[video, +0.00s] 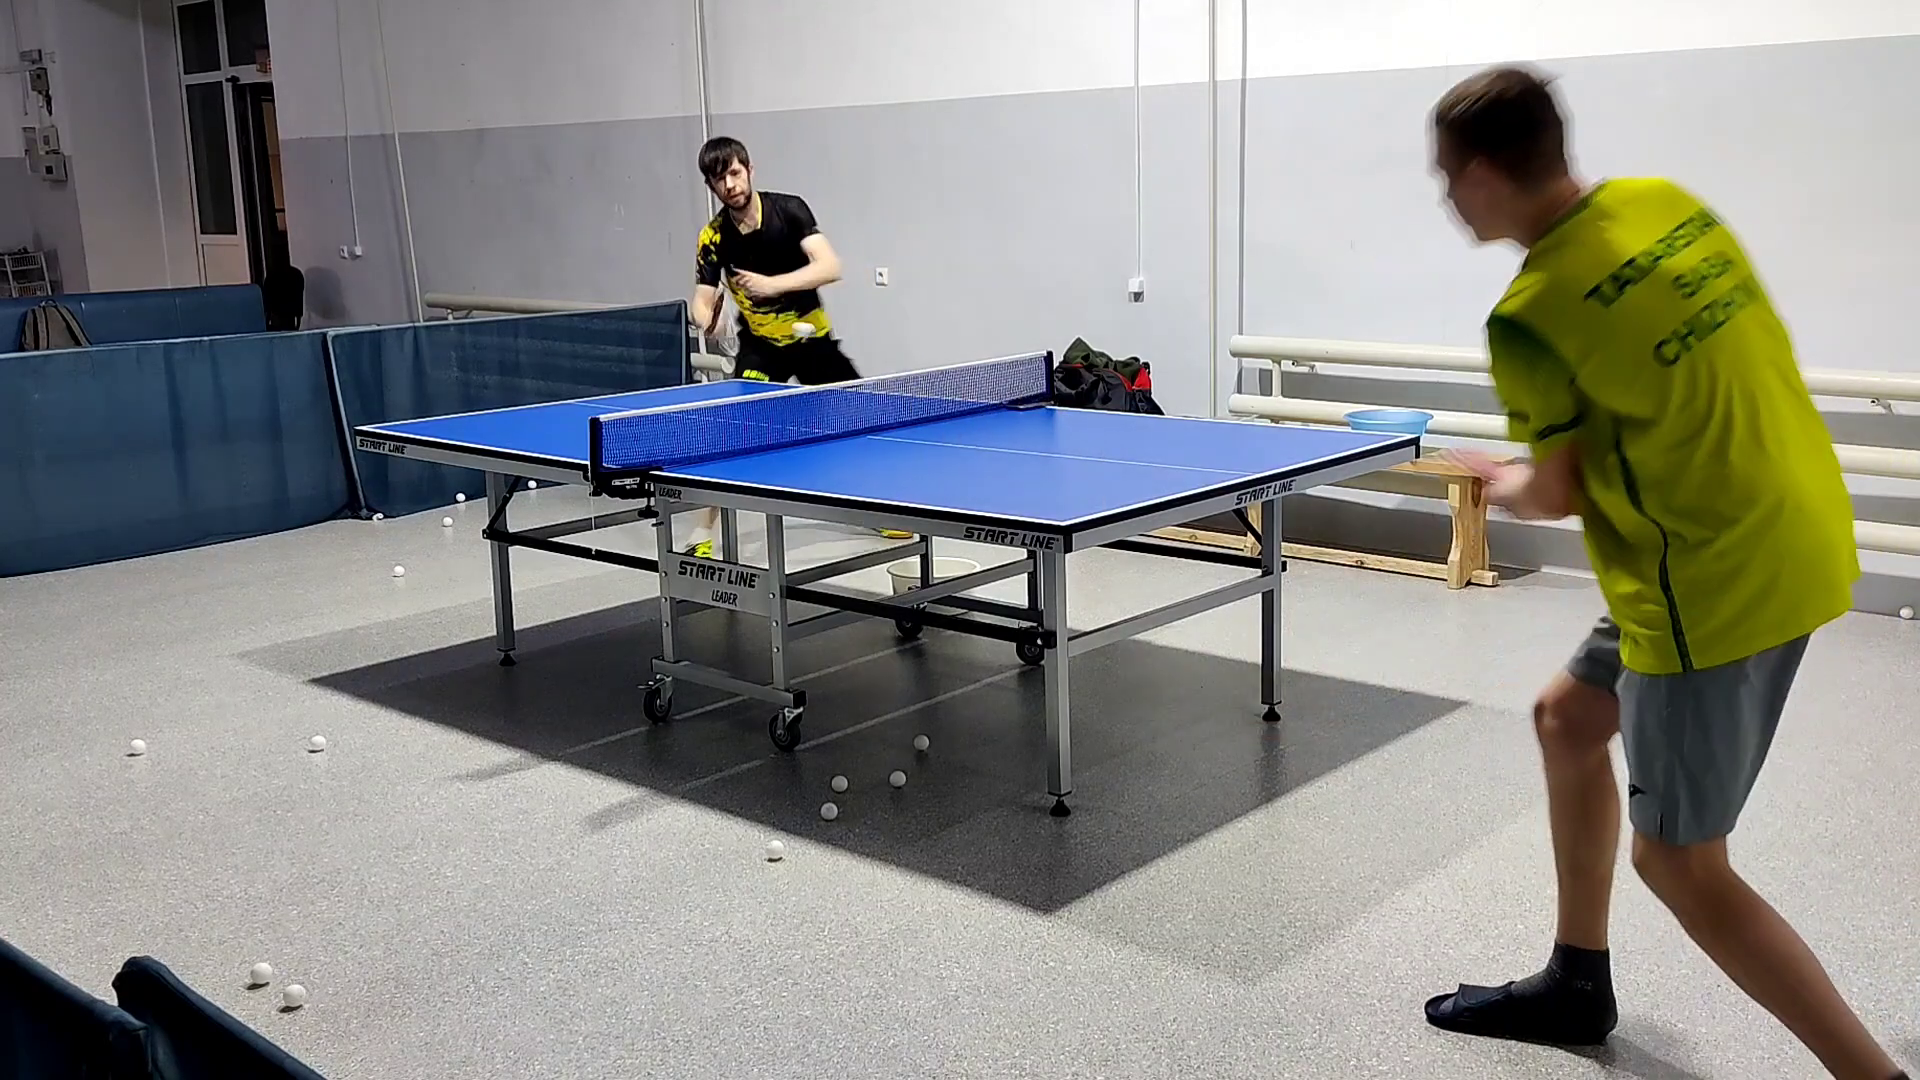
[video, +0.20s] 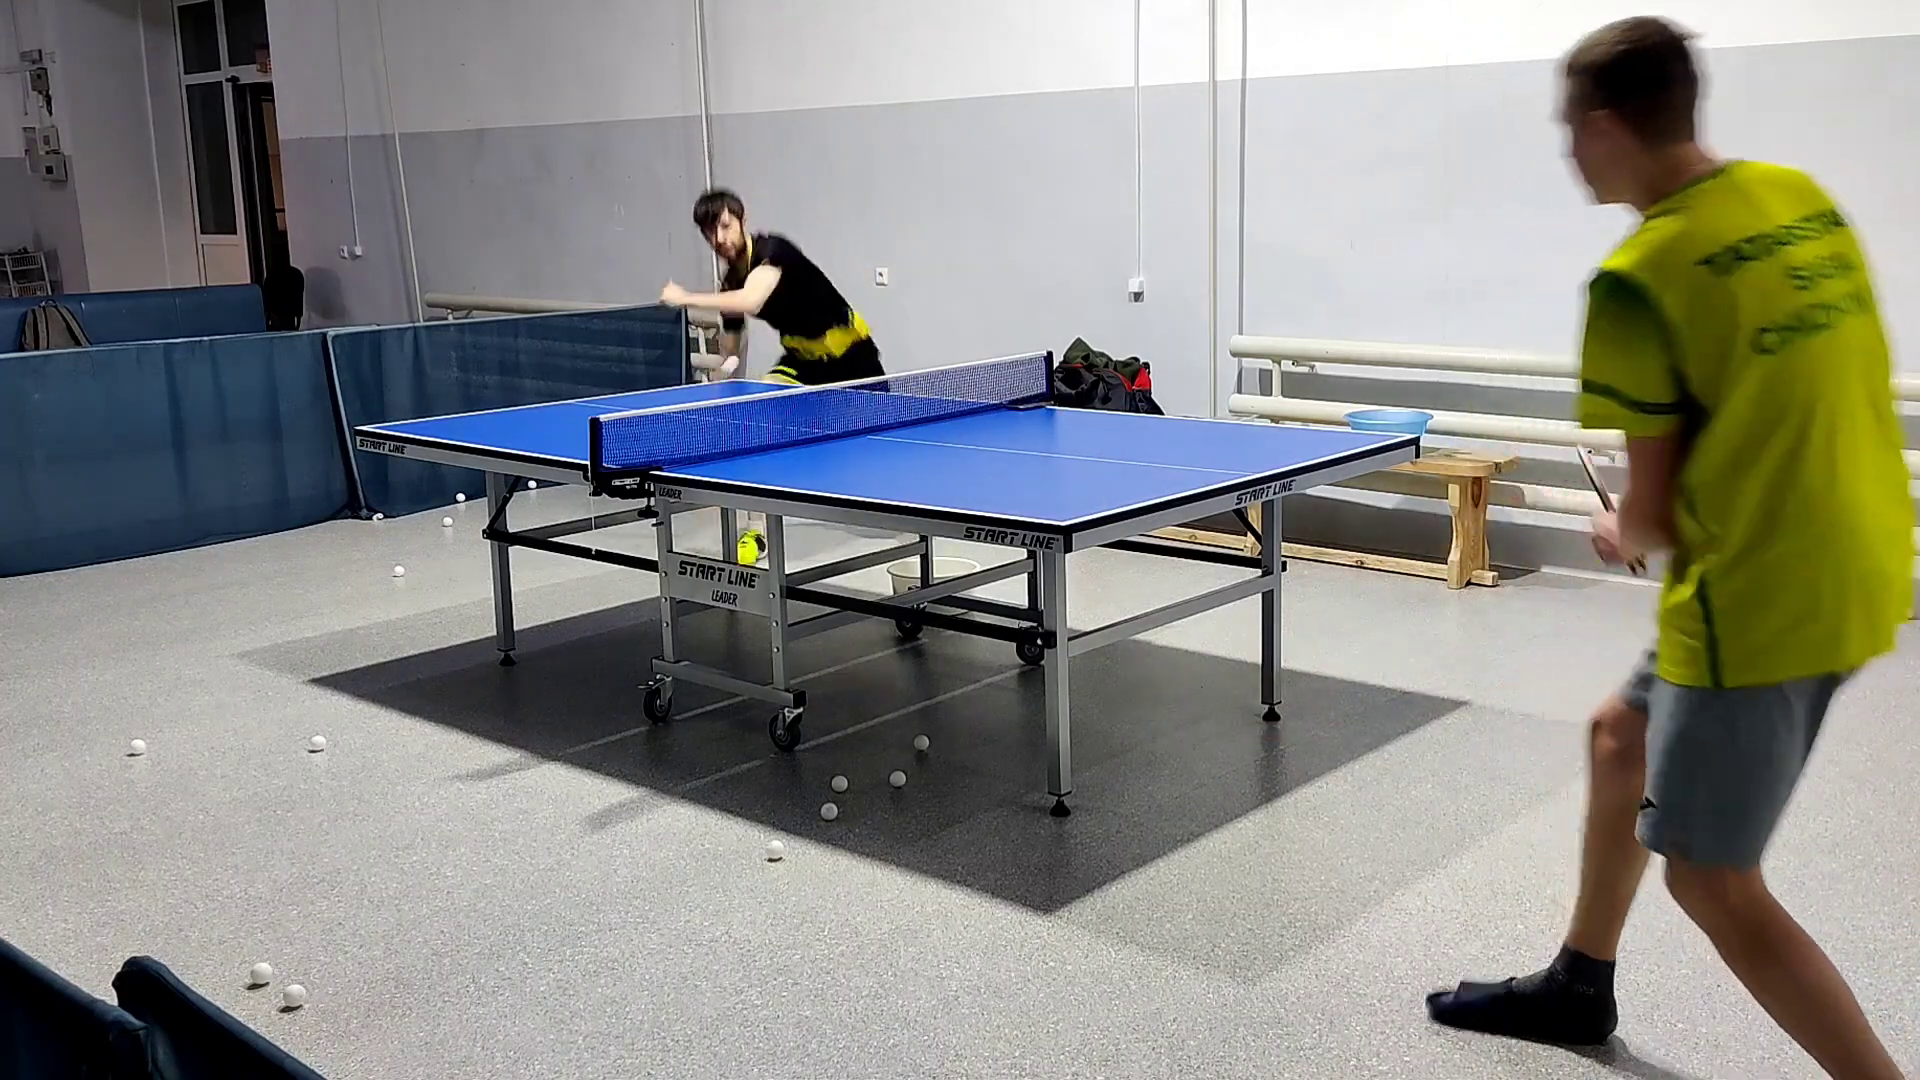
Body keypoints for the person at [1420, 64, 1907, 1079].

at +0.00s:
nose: (1448, 199)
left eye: (1451, 178)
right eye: (1443, 179)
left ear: (1497, 171)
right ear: (1550, 155)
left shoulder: (1532, 312)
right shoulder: (1662, 198)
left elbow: (1557, 496)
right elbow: (1712, 381)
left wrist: (1500, 485)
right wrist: (1577, 463)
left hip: (1713, 596)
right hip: (1796, 535)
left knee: (1677, 862)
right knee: (1569, 718)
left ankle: (1874, 1070)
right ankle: (1577, 981)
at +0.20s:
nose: (1569, 156)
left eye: (1573, 131)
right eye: (1568, 133)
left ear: (1618, 125)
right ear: (1680, 116)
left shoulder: (1643, 272)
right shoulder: (1802, 196)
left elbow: (1651, 515)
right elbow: (1824, 402)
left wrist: (1623, 534)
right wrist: (1663, 510)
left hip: (1757, 599)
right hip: (1867, 563)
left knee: (1703, 871)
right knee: (1619, 736)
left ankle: (1879, 1075)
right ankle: (1578, 984)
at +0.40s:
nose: (1677, 139)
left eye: (1680, 115)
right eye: (1676, 116)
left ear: (1721, 114)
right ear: (1802, 103)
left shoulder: (1755, 270)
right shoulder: (1909, 194)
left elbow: (1725, 517)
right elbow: (1896, 439)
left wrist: (1645, 567)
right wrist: (1797, 573)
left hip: (1848, 628)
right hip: (1916, 603)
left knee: (1755, 884)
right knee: (1727, 745)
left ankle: (1888, 1073)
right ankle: (1646, 982)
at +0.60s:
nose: (1732, 98)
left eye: (1734, 72)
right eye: (1729, 72)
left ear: (1780, 78)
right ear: (1871, 58)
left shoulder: (1842, 238)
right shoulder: (1915, 172)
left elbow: (1820, 498)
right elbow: (1904, 411)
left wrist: (1681, 568)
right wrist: (1839, 522)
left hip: (1892, 617)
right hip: (1903, 593)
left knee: (1811, 858)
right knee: (1898, 831)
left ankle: (1901, 1064)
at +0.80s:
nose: (1769, 147)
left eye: (1768, 119)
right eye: (1763, 121)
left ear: (1820, 112)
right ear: (1838, 110)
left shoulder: (1912, 262)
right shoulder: (1900, 244)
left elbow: (1916, 531)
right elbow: (1893, 418)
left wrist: (1747, 635)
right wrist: (1864, 507)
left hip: (1918, 657)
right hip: (1908, 647)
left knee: (1838, 847)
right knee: (1843, 846)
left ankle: (1903, 1064)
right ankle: (1900, 1059)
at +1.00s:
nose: (1801, 152)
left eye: (1805, 128)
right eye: (1796, 130)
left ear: (1870, 117)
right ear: (1871, 118)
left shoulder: (1901, 208)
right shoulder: (1890, 205)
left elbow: (1870, 374)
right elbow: (1868, 367)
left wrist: (1895, 517)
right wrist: (1888, 517)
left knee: (1917, 834)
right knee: (1917, 834)